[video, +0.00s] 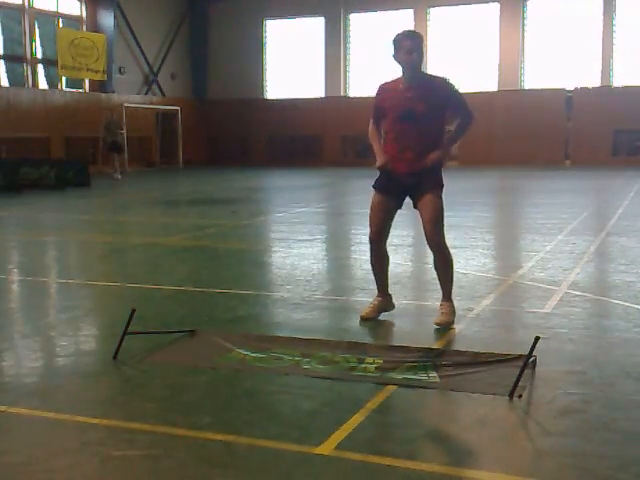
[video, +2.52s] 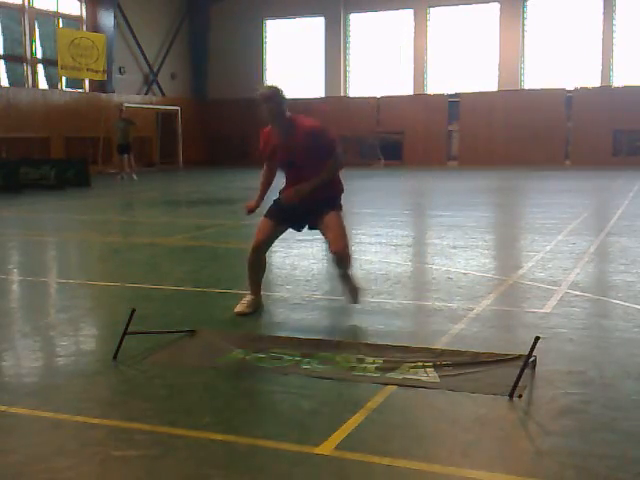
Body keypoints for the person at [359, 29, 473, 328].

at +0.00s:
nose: (412, 56)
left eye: (416, 50)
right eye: (406, 51)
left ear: (422, 54)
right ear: (396, 55)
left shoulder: (439, 86)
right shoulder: (386, 90)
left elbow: (466, 117)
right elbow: (374, 125)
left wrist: (443, 148)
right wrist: (380, 153)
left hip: (426, 174)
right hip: (391, 173)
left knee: (435, 240)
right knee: (375, 237)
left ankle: (446, 302)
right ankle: (383, 298)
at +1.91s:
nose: (377, 72)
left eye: (381, 66)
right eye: (374, 67)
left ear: (398, 64)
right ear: (375, 67)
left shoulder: (424, 95)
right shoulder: (372, 101)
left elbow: (453, 123)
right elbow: (365, 137)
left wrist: (434, 156)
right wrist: (365, 165)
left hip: (416, 181)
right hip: (381, 183)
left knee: (431, 244)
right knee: (369, 245)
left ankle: (445, 306)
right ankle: (384, 301)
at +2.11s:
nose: (369, 93)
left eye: (374, 87)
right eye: (366, 87)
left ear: (390, 85)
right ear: (365, 87)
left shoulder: (414, 116)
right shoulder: (365, 114)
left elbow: (435, 156)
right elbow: (361, 151)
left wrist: (402, 182)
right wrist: (364, 179)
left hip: (406, 193)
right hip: (372, 191)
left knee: (426, 251)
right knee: (332, 239)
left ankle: (446, 306)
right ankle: (366, 288)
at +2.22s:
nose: (346, 84)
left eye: (351, 79)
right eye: (344, 79)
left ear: (366, 77)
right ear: (344, 79)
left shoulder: (390, 107)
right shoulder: (345, 108)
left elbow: (410, 147)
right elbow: (343, 140)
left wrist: (370, 162)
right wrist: (342, 165)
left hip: (387, 191)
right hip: (352, 189)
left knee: (415, 247)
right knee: (308, 228)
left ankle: (445, 305)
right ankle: (327, 287)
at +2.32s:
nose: (315, 81)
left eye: (319, 75)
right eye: (313, 76)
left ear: (334, 73)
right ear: (313, 76)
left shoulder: (361, 99)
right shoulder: (317, 104)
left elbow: (386, 134)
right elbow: (313, 131)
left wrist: (346, 147)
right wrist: (314, 155)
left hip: (363, 183)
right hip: (328, 181)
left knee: (396, 240)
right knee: (288, 228)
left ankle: (431, 297)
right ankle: (280, 286)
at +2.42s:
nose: (294, 94)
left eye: (297, 88)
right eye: (289, 90)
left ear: (306, 85)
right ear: (285, 91)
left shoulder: (335, 110)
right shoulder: (288, 113)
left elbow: (357, 144)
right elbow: (287, 141)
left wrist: (329, 161)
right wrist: (284, 171)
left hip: (338, 187)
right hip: (304, 187)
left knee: (368, 241)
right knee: (270, 241)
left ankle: (396, 289)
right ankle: (255, 293)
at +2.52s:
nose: (268, 109)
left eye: (271, 103)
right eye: (263, 105)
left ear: (282, 104)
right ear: (260, 109)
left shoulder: (311, 129)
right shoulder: (268, 136)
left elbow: (338, 161)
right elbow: (270, 168)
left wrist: (309, 186)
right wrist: (257, 201)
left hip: (324, 194)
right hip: (292, 194)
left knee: (340, 250)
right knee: (258, 246)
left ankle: (346, 279)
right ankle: (254, 296)